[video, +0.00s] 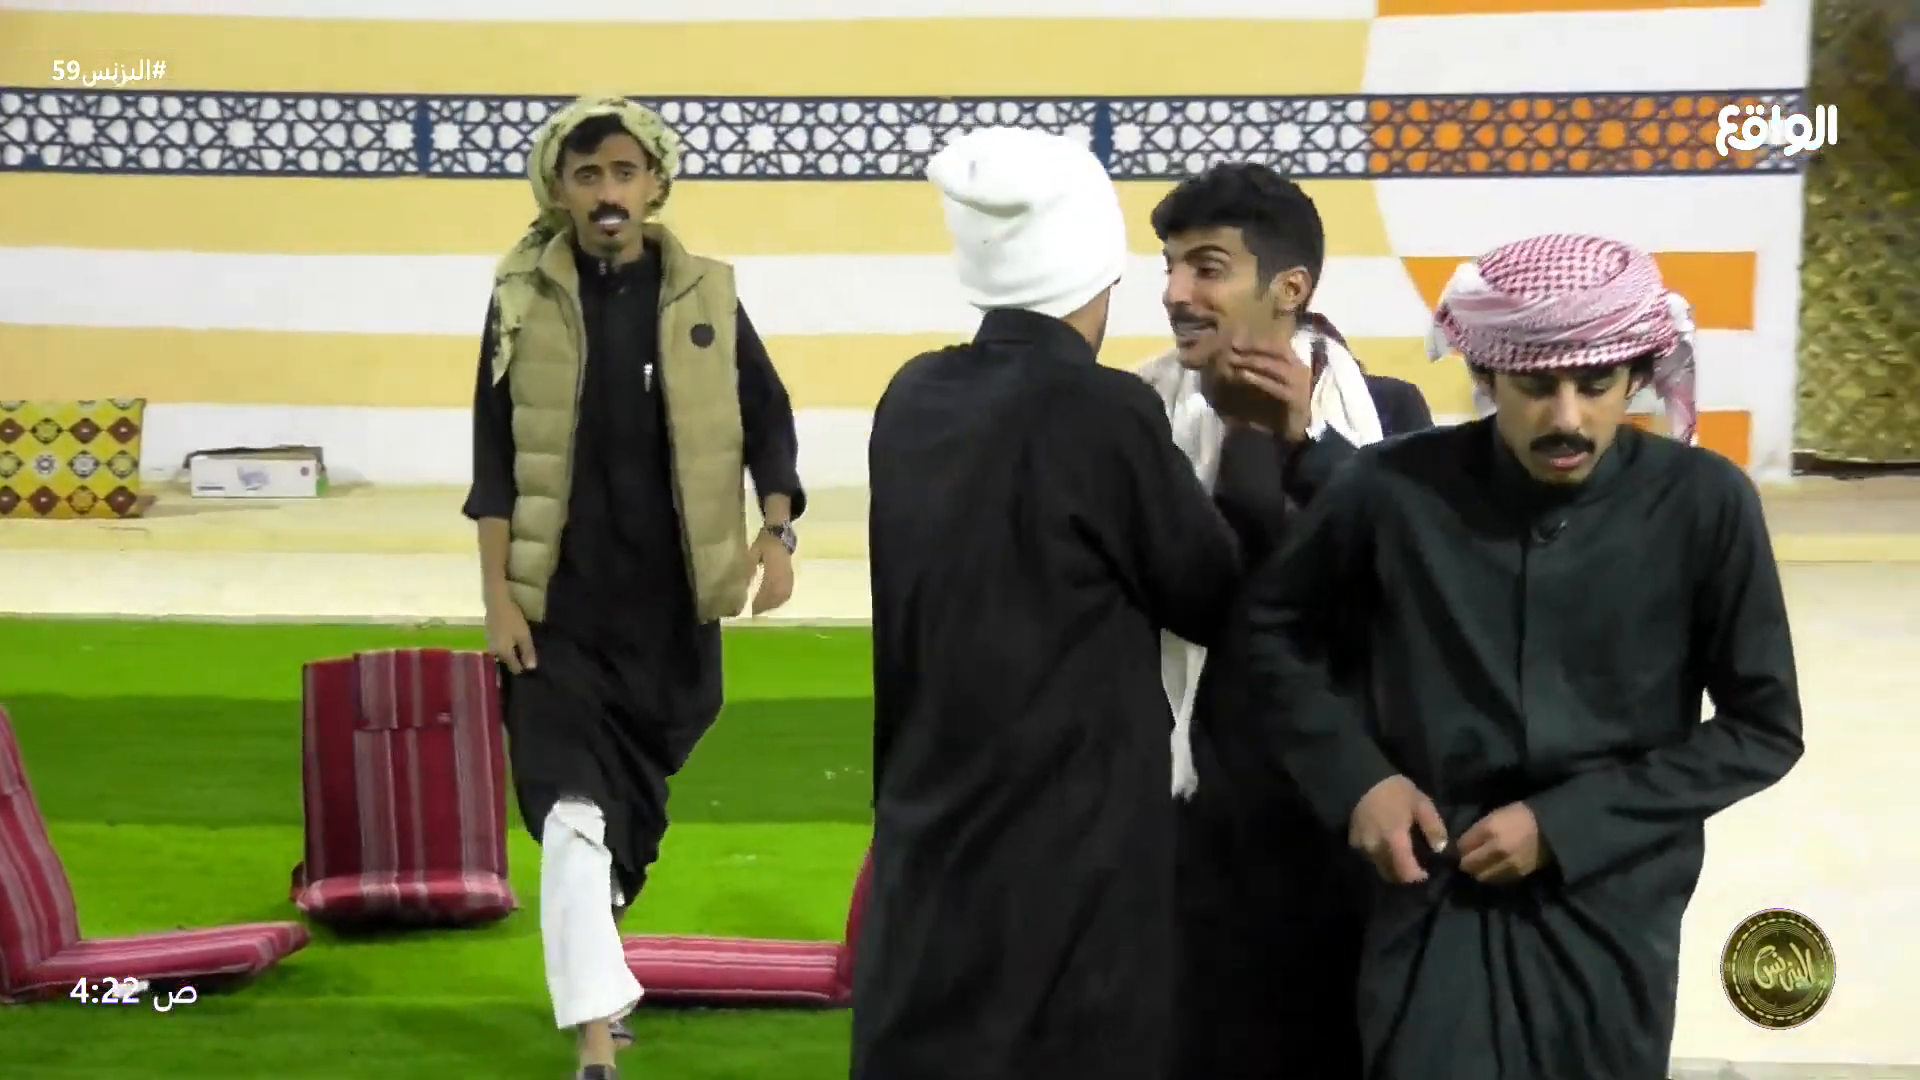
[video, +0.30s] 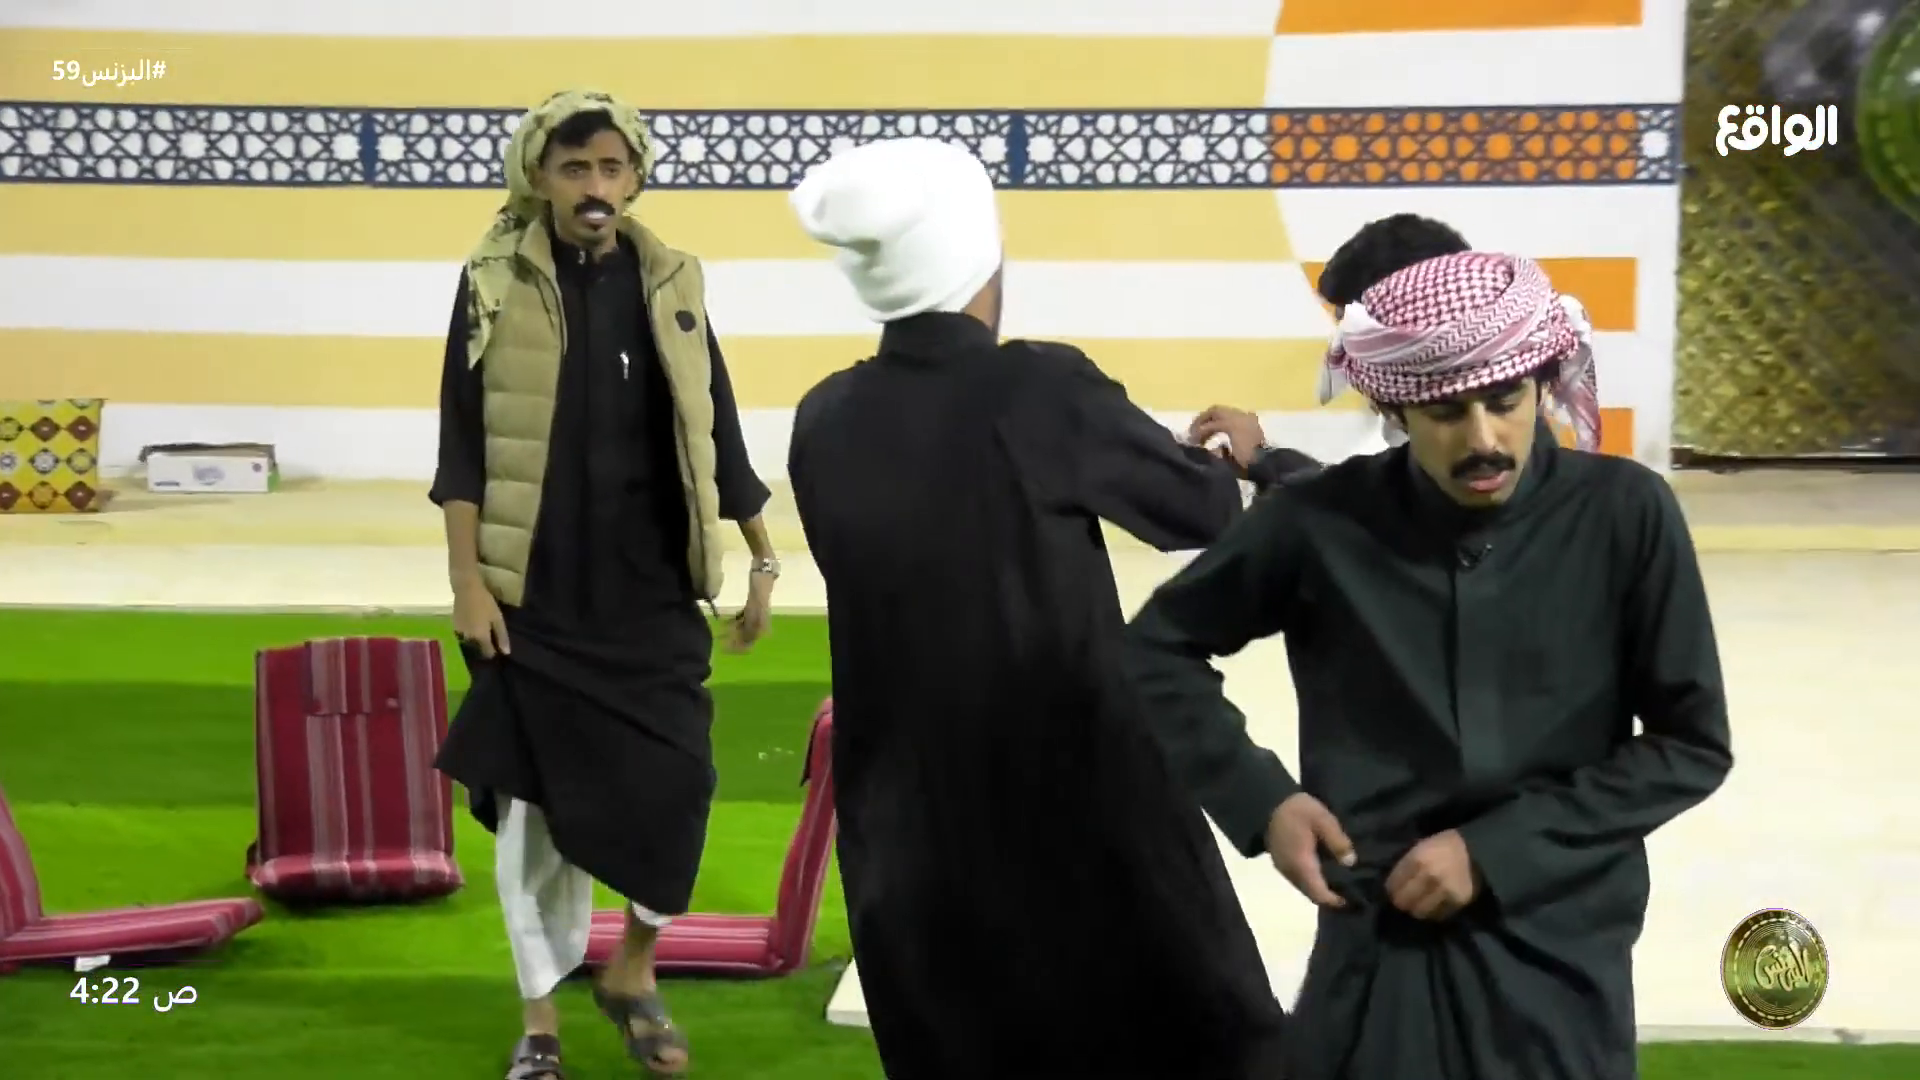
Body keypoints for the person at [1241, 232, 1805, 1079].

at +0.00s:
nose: (1567, 419)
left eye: (1594, 386)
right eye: (1536, 386)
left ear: (1634, 382)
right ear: (1487, 381)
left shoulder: (1705, 502)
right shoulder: (1389, 489)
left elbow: (1765, 728)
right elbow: (1267, 635)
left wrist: (1561, 823)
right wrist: (1359, 782)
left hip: (1611, 925)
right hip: (1428, 912)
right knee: (1429, 1061)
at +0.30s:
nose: (1483, 441)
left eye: (1505, 400)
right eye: (1444, 410)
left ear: (1541, 385)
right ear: (1394, 408)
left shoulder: (1627, 512)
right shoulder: (1312, 522)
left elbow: (1693, 744)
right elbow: (1154, 650)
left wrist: (1488, 850)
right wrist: (1264, 802)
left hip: (1559, 978)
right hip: (1372, 971)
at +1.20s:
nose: (1492, 492)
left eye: (1521, 454)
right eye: (1456, 460)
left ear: (1563, 454)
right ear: (1404, 467)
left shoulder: (1653, 586)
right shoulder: (1315, 594)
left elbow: (1718, 837)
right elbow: (1171, 717)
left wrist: (1479, 912)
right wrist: (1258, 893)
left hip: (1562, 1046)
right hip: (1356, 1043)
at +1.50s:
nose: (1477, 580)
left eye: (1499, 531)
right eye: (1433, 550)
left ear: (1555, 514)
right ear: (1387, 555)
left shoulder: (1682, 632)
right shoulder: (1321, 677)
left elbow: (1754, 899)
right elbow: (1185, 812)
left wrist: (1521, 1024)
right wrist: (1309, 994)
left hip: (1621, 1058)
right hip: (1380, 1062)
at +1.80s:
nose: (1533, 652)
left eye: (1560, 605)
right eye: (1490, 618)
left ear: (1615, 578)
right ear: (1440, 600)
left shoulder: (1744, 698)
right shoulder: (1356, 719)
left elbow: (1825, 979)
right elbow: (1191, 858)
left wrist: (1633, 1069)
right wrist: (1346, 1049)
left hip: (1661, 1057)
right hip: (1435, 1063)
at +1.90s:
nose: (1564, 742)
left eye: (1600, 698)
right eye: (1525, 703)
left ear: (1656, 640)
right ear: (1474, 662)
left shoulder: (1796, 743)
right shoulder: (1395, 746)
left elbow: (1861, 1032)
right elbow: (1231, 887)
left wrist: (1741, 1068)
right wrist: (1361, 1070)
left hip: (1704, 1063)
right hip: (1470, 1063)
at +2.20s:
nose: (1597, 806)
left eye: (1639, 766)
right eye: (1560, 765)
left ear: (1718, 697)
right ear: (1519, 710)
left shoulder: (1870, 768)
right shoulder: (1445, 758)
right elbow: (1303, 888)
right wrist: (1399, 1069)